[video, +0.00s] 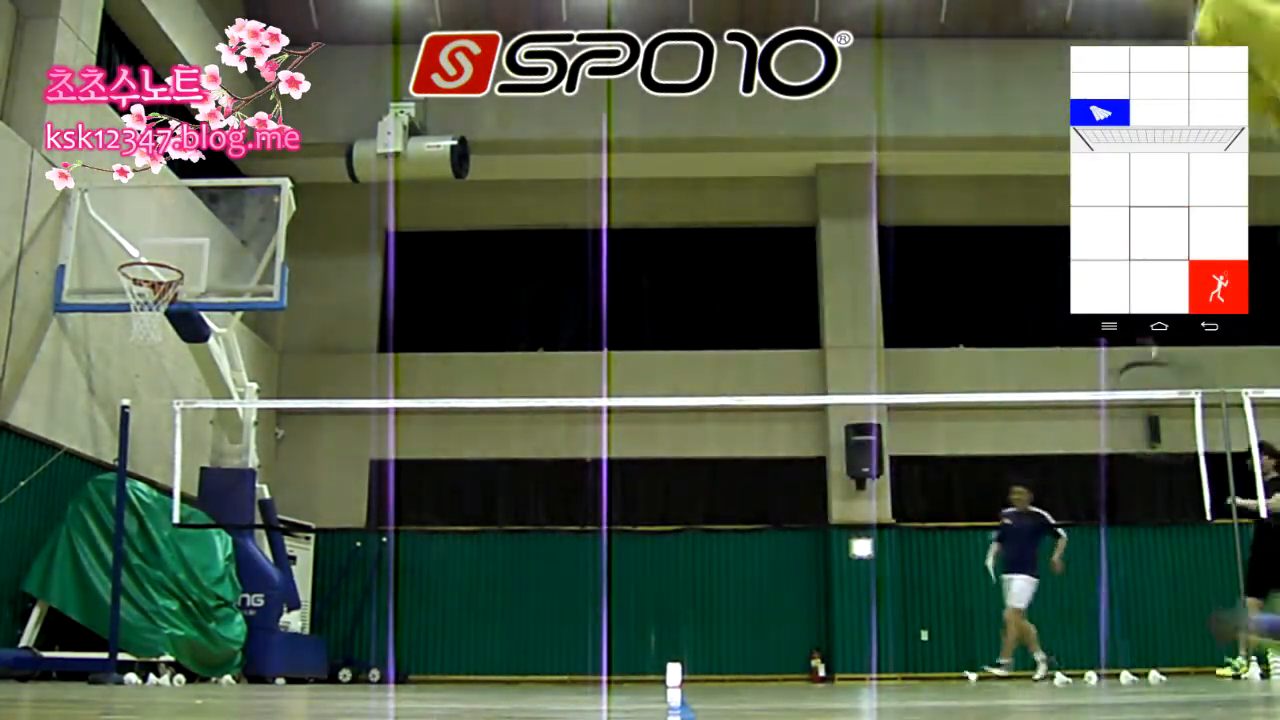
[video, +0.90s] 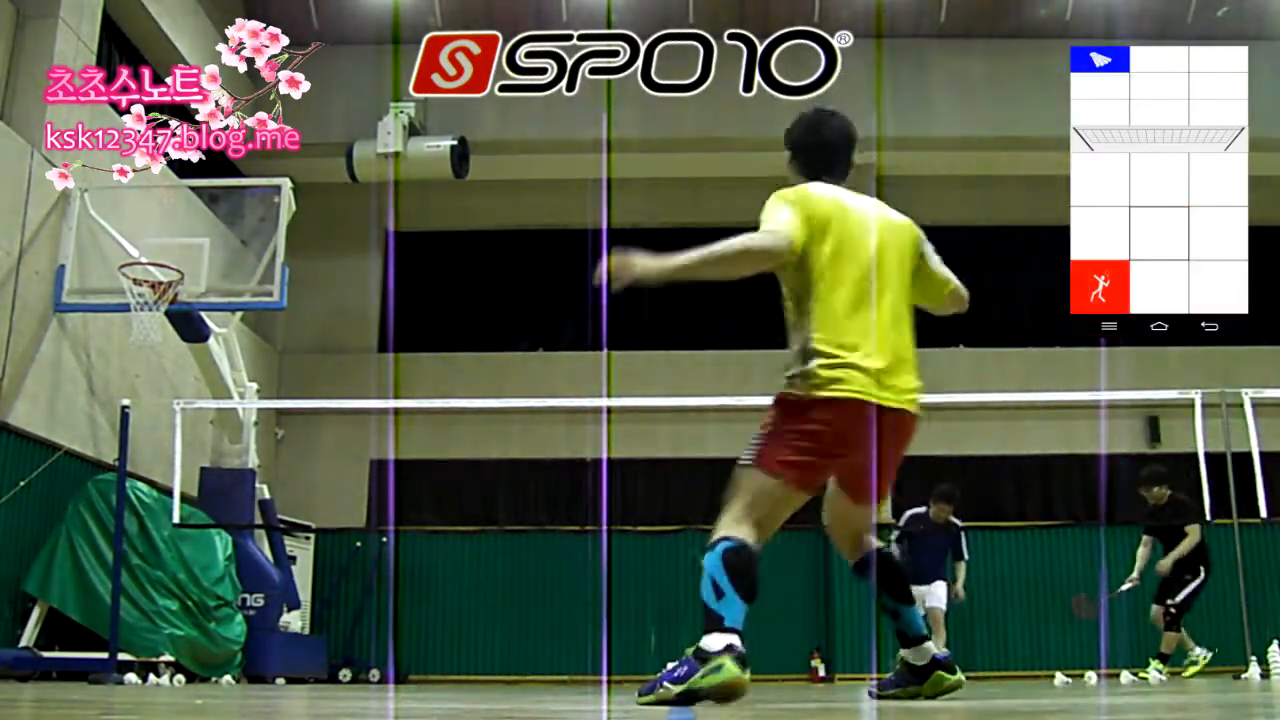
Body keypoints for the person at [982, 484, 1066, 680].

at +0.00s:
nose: (1016, 498)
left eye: (1020, 494)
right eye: (1014, 494)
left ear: (1029, 497)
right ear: (1010, 497)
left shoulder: (1039, 516)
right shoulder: (1006, 516)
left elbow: (1062, 536)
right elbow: (998, 540)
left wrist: (1056, 557)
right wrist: (991, 558)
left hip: (1027, 573)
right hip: (1007, 572)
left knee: (1011, 615)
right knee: (1018, 619)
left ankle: (1005, 662)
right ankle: (1040, 658)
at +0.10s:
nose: (998, 502)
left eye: (1003, 498)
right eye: (996, 498)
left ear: (1011, 501)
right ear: (993, 500)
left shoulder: (1021, 520)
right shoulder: (988, 521)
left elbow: (1044, 536)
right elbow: (981, 544)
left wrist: (1040, 554)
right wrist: (974, 560)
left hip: (1006, 578)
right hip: (987, 577)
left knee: (990, 621)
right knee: (989, 622)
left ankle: (979, 667)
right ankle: (1018, 653)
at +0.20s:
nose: (982, 503)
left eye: (986, 499)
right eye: (979, 499)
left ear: (994, 502)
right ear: (975, 501)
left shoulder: (1002, 522)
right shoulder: (969, 523)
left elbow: (1019, 549)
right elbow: (963, 552)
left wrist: (1007, 561)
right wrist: (955, 574)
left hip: (992, 581)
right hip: (970, 580)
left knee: (977, 622)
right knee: (961, 623)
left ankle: (980, 666)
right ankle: (984, 651)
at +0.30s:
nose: (968, 499)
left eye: (971, 495)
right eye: (965, 495)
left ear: (979, 497)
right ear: (960, 497)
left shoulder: (988, 516)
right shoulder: (954, 516)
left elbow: (990, 547)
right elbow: (949, 547)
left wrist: (963, 546)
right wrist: (940, 569)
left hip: (979, 578)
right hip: (956, 577)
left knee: (974, 622)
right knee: (945, 617)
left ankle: (977, 667)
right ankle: (947, 663)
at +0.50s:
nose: (945, 504)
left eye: (949, 500)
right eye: (941, 500)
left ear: (955, 501)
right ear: (935, 500)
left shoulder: (963, 519)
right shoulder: (927, 519)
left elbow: (961, 548)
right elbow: (922, 545)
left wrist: (933, 542)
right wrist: (909, 567)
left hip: (953, 583)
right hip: (928, 580)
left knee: (955, 627)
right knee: (917, 620)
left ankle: (967, 660)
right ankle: (913, 667)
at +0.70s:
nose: (932, 495)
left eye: (936, 492)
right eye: (930, 491)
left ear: (943, 491)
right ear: (926, 490)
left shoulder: (951, 514)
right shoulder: (913, 512)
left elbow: (959, 548)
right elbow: (900, 541)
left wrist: (949, 567)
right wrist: (893, 563)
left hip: (941, 578)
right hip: (915, 577)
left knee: (941, 620)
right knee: (911, 622)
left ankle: (937, 657)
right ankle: (914, 666)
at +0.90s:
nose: (944, 516)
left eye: (947, 512)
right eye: (940, 511)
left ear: (952, 511)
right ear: (931, 506)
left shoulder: (955, 527)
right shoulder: (911, 518)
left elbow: (960, 559)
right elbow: (895, 544)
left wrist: (959, 584)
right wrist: (898, 567)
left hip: (937, 581)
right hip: (911, 580)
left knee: (936, 616)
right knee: (912, 624)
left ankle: (939, 659)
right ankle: (910, 662)